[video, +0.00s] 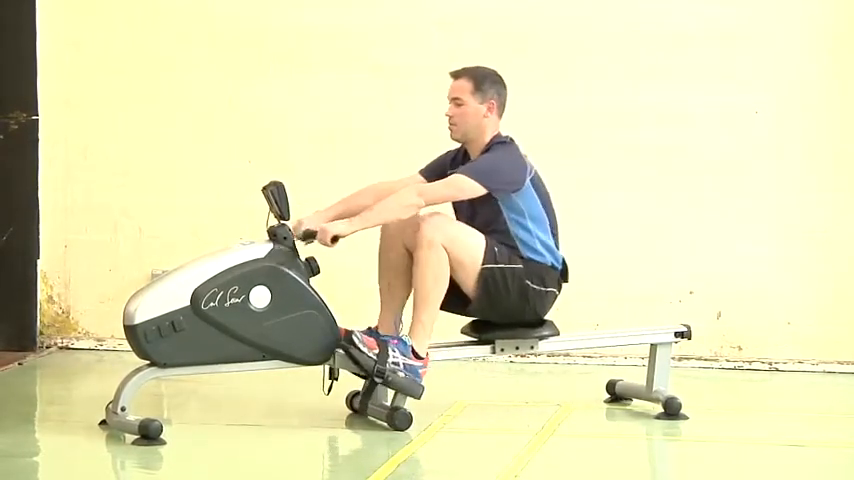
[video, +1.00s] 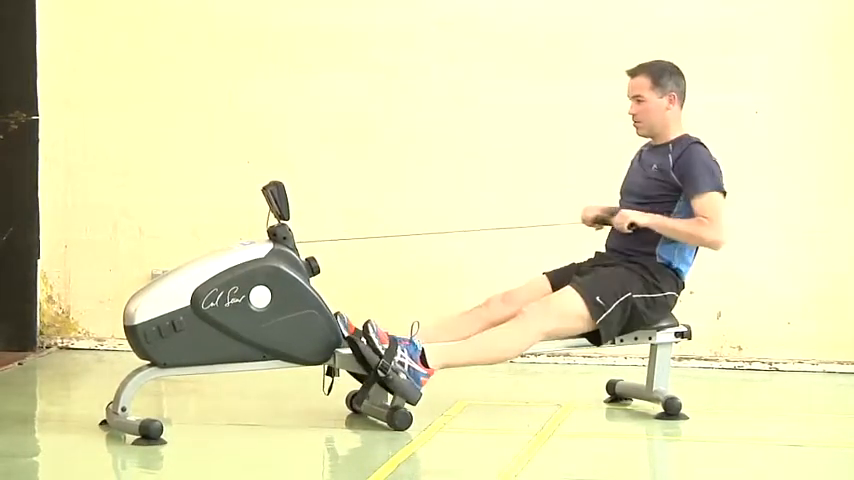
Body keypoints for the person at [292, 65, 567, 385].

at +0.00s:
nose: (448, 111)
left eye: (457, 103)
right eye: (449, 103)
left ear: (489, 109)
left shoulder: (505, 161)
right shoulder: (454, 160)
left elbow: (421, 198)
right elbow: (393, 191)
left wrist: (347, 227)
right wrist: (323, 216)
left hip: (530, 286)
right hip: (487, 286)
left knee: (434, 227)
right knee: (398, 221)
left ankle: (415, 355)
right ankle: (384, 337)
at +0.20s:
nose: (486, 109)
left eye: (496, 99)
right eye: (487, 99)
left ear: (528, 104)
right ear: (522, 105)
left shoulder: (543, 157)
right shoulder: (493, 156)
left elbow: (461, 192)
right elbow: (433, 185)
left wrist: (390, 218)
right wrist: (363, 207)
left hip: (558, 283)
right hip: (521, 281)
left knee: (452, 235)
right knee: (421, 229)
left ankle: (417, 359)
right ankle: (388, 339)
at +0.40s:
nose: (538, 105)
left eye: (546, 95)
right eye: (538, 96)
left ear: (578, 97)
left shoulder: (596, 152)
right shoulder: (545, 150)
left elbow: (521, 194)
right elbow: (487, 181)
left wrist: (448, 212)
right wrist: (420, 201)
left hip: (592, 278)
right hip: (555, 272)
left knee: (480, 250)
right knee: (450, 245)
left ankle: (419, 361)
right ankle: (392, 341)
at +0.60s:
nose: (588, 106)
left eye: (596, 96)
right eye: (587, 97)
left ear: (628, 98)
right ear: (616, 98)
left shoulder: (648, 152)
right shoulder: (596, 149)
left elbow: (592, 206)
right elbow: (545, 188)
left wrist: (512, 210)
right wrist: (490, 201)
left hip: (624, 277)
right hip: (589, 268)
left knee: (505, 271)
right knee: (473, 267)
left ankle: (422, 358)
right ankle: (399, 340)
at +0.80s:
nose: (622, 108)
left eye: (630, 98)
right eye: (620, 100)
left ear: (662, 98)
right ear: (636, 101)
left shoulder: (680, 153)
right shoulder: (633, 153)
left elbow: (661, 223)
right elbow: (602, 199)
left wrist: (587, 210)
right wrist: (558, 205)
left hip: (642, 278)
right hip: (608, 267)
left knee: (529, 298)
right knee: (491, 292)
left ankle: (424, 364)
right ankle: (396, 346)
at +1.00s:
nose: (631, 110)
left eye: (638, 100)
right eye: (630, 101)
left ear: (671, 101)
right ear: (658, 103)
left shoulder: (693, 155)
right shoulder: (645, 155)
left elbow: (714, 233)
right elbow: (646, 220)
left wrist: (645, 218)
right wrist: (609, 215)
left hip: (648, 275)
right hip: (613, 264)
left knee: (536, 317)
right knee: (504, 303)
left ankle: (424, 363)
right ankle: (398, 346)